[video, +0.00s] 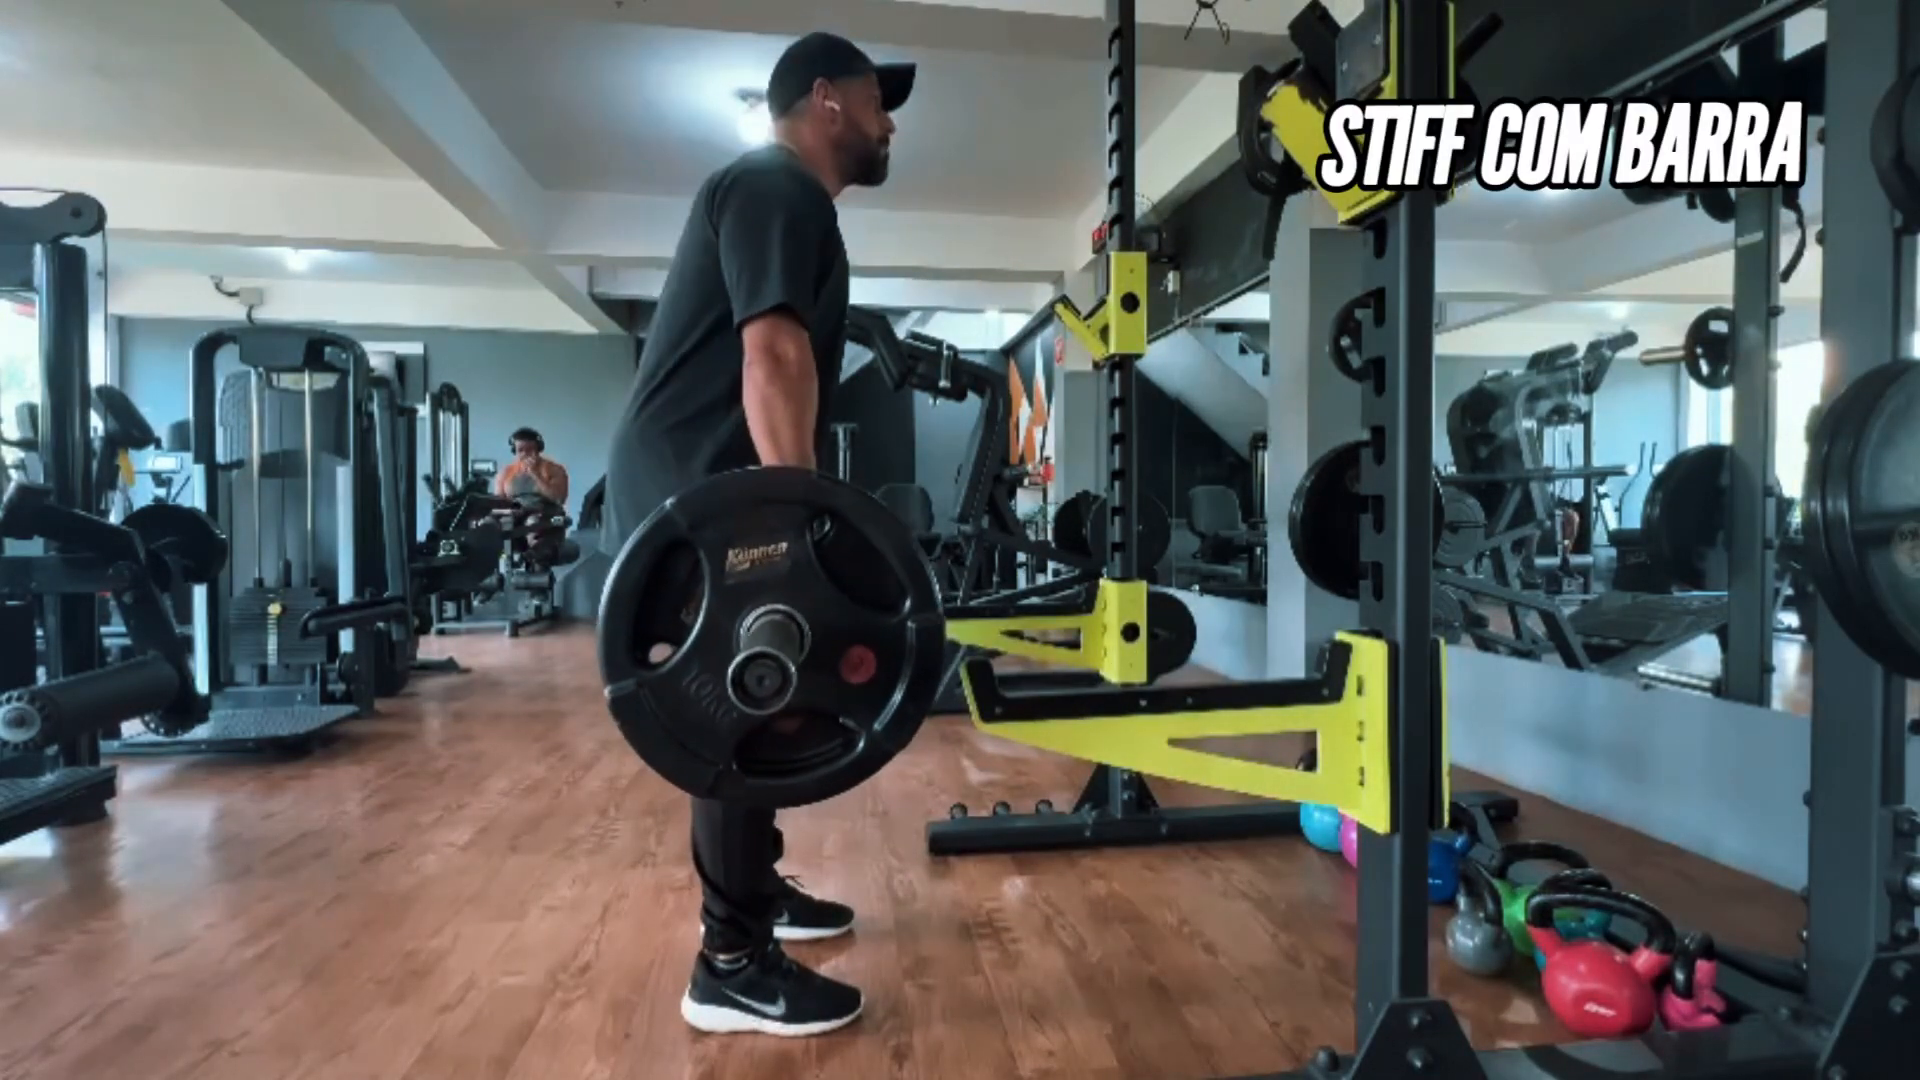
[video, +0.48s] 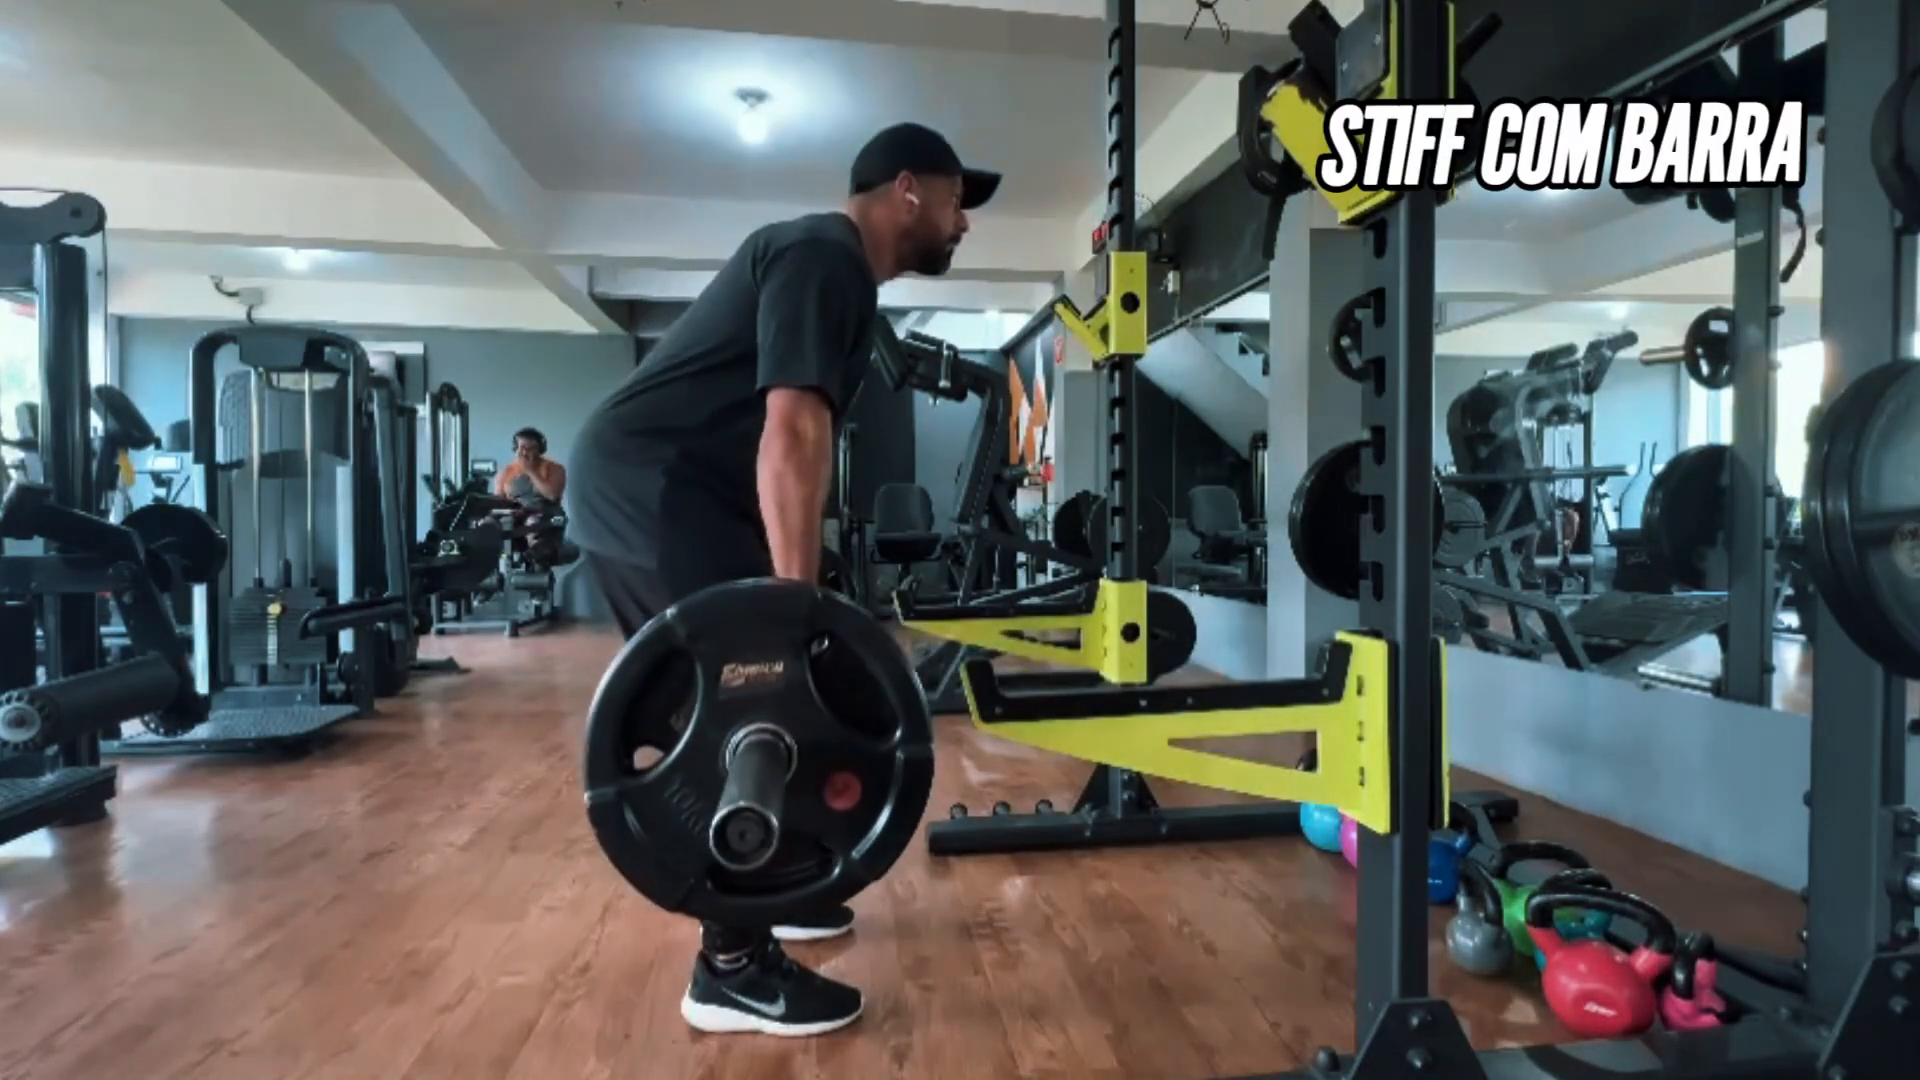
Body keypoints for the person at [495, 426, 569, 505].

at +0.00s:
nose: (525, 454)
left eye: (529, 449)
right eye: (520, 450)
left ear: (538, 449)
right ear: (515, 452)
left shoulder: (556, 471)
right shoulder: (506, 473)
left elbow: (558, 499)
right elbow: (500, 501)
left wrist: (534, 474)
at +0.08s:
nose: (524, 454)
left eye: (528, 449)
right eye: (520, 450)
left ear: (538, 449)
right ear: (514, 451)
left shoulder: (555, 471)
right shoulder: (506, 473)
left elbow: (558, 499)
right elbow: (500, 501)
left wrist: (532, 475)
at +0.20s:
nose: (525, 454)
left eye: (529, 449)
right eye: (520, 450)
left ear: (538, 450)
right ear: (514, 451)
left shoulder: (556, 471)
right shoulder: (507, 473)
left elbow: (557, 499)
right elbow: (500, 500)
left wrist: (532, 474)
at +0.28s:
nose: (524, 454)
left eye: (529, 449)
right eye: (521, 449)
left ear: (538, 449)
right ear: (515, 450)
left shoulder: (554, 470)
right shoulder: (508, 472)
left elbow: (555, 497)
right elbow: (500, 500)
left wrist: (531, 472)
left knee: (532, 524)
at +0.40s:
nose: (525, 454)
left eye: (529, 449)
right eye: (521, 449)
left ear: (539, 449)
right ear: (516, 450)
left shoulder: (554, 470)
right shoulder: (508, 472)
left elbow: (553, 495)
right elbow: (500, 499)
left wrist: (531, 471)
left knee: (533, 524)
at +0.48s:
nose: (525, 453)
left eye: (530, 449)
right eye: (522, 448)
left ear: (539, 450)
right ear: (516, 449)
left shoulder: (555, 470)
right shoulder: (507, 472)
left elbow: (552, 495)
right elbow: (500, 499)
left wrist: (530, 471)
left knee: (532, 523)